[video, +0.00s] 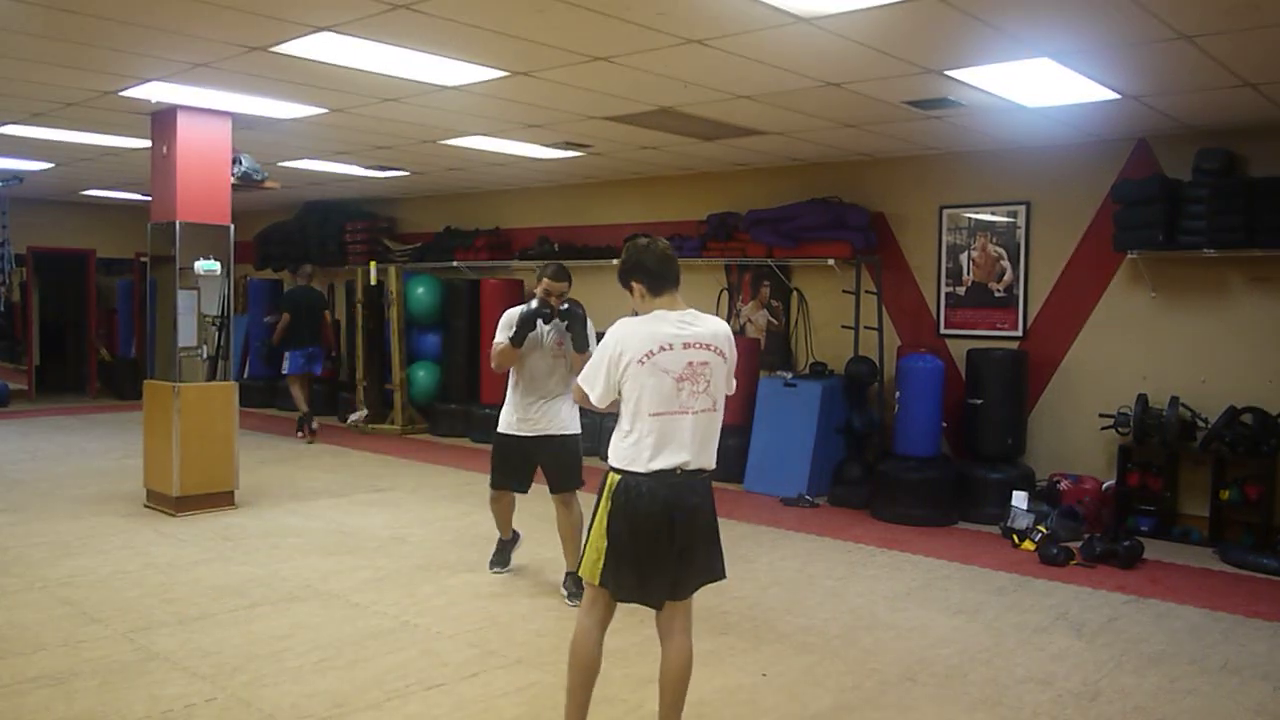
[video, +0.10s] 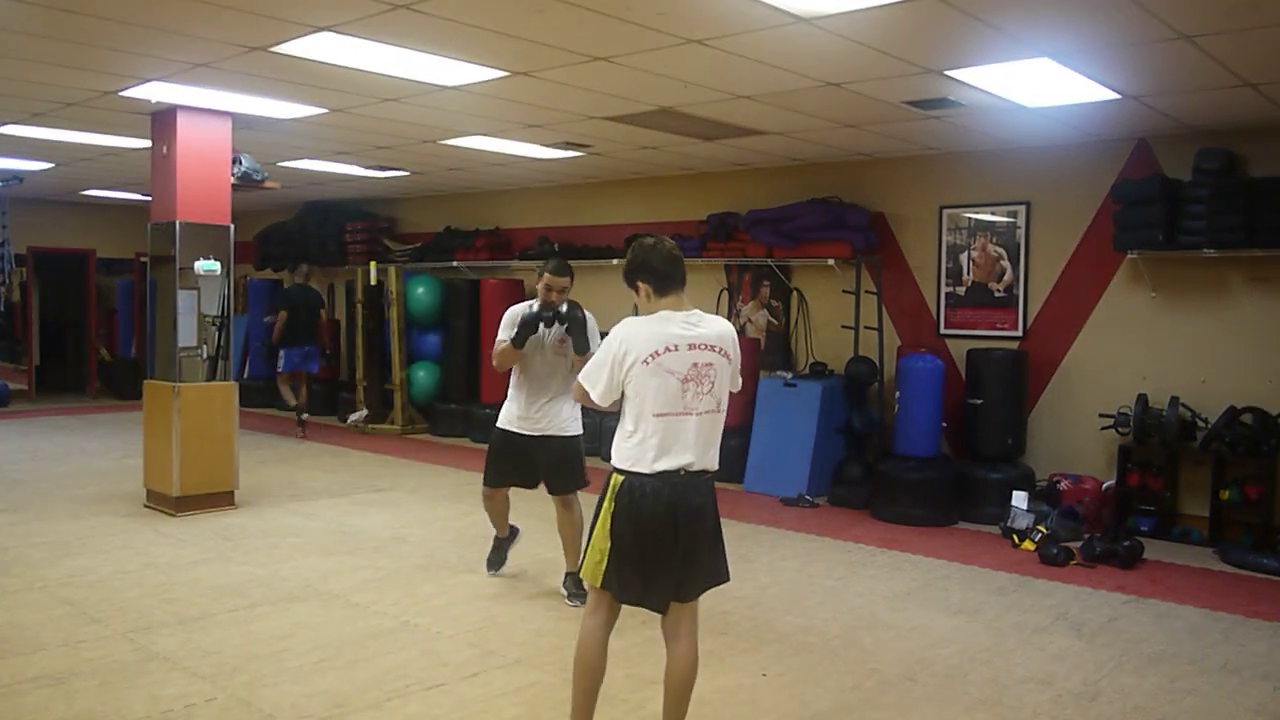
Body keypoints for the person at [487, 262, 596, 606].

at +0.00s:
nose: (552, 300)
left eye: (560, 295)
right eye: (547, 293)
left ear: (569, 292)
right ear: (536, 286)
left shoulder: (578, 320)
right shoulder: (515, 316)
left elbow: (583, 372)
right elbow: (499, 363)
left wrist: (577, 329)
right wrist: (523, 330)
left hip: (559, 421)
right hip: (515, 420)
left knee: (565, 498)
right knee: (500, 493)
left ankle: (573, 573)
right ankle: (506, 537)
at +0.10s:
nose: (553, 296)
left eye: (560, 290)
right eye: (548, 288)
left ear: (570, 288)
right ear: (537, 283)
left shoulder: (583, 321)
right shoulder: (517, 314)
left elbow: (587, 376)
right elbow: (500, 362)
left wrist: (577, 334)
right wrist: (523, 333)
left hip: (561, 423)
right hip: (515, 420)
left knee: (565, 498)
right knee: (492, 490)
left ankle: (572, 574)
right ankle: (504, 535)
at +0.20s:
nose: (553, 293)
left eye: (561, 287)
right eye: (547, 284)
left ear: (570, 286)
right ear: (537, 281)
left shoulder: (583, 320)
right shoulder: (515, 314)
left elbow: (589, 377)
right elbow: (496, 366)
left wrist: (577, 345)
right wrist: (520, 341)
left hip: (560, 424)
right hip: (512, 420)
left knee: (565, 499)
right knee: (488, 490)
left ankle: (572, 574)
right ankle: (495, 546)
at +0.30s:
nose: (551, 292)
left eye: (559, 286)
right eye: (545, 284)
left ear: (568, 286)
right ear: (533, 280)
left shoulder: (580, 321)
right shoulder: (510, 314)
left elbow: (591, 380)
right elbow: (487, 369)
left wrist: (572, 351)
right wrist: (508, 352)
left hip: (557, 428)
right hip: (508, 425)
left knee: (564, 501)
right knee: (486, 496)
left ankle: (573, 575)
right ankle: (473, 567)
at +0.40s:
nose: (544, 294)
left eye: (552, 288)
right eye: (538, 285)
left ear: (559, 288)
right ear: (525, 281)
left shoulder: (571, 322)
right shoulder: (499, 317)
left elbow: (585, 382)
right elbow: (475, 370)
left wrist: (563, 360)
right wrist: (497, 359)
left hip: (551, 433)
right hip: (501, 432)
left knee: (561, 502)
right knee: (482, 502)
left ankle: (572, 575)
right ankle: (457, 579)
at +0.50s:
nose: (531, 293)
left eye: (539, 287)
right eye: (525, 284)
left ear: (547, 288)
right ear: (511, 281)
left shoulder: (557, 324)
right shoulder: (483, 318)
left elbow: (573, 377)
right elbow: (461, 371)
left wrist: (552, 365)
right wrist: (487, 360)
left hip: (540, 435)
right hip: (488, 433)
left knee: (556, 503)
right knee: (473, 504)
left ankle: (572, 574)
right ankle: (458, 581)